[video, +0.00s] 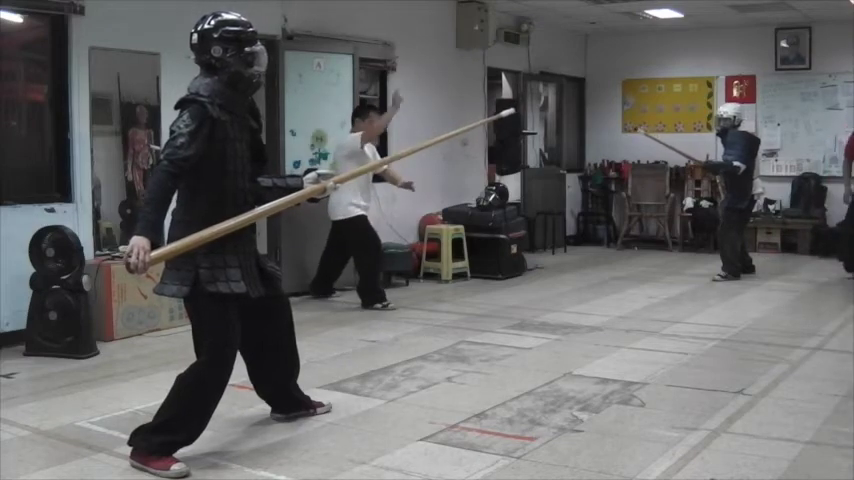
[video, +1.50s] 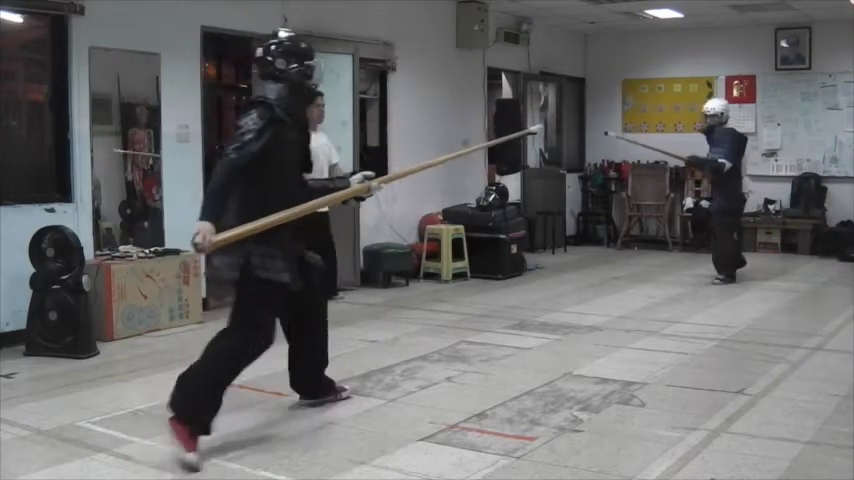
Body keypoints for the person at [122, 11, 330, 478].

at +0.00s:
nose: (254, 56)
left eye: (254, 48)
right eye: (243, 49)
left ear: (243, 53)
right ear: (215, 53)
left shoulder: (240, 106)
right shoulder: (202, 104)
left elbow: (246, 183)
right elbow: (167, 168)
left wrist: (301, 184)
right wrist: (144, 233)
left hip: (237, 244)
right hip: (204, 247)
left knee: (271, 315)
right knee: (217, 355)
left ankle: (286, 399)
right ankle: (152, 446)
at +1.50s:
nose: (311, 79)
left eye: (310, 71)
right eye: (303, 71)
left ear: (288, 75)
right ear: (282, 74)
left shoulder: (292, 120)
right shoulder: (263, 117)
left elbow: (293, 189)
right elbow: (229, 165)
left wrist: (345, 187)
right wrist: (208, 219)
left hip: (288, 241)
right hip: (259, 243)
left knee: (308, 307)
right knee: (251, 332)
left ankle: (311, 382)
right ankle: (187, 410)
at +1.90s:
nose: (360, 68)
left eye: (360, 60)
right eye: (353, 60)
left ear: (337, 63)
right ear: (333, 61)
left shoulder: (336, 110)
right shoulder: (313, 104)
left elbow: (337, 177)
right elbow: (277, 149)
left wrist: (386, 178)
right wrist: (264, 201)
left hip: (316, 226)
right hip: (302, 227)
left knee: (324, 304)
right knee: (348, 301)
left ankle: (318, 385)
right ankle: (328, 389)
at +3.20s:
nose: (415, 94)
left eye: (414, 87)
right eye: (410, 87)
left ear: (388, 89)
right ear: (395, 90)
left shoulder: (393, 132)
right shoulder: (372, 131)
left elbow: (397, 186)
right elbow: (340, 169)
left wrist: (435, 186)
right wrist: (334, 217)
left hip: (373, 235)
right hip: (351, 236)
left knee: (396, 291)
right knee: (366, 315)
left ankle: (415, 352)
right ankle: (317, 387)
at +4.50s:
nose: (426, 98)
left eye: (425, 91)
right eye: (421, 91)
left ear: (398, 91)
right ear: (408, 92)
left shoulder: (400, 132)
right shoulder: (384, 127)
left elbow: (413, 190)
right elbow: (349, 166)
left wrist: (457, 187)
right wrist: (341, 217)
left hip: (375, 234)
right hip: (352, 236)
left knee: (405, 272)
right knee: (368, 317)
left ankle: (397, 358)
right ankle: (317, 386)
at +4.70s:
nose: (427, 99)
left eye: (427, 91)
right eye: (423, 91)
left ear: (400, 90)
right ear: (408, 91)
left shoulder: (403, 131)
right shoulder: (384, 127)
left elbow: (411, 190)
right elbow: (349, 162)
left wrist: (453, 186)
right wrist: (339, 213)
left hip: (377, 231)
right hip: (354, 232)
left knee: (405, 272)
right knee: (363, 310)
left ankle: (397, 356)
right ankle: (316, 385)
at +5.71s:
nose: (423, 92)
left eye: (422, 85)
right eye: (417, 86)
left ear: (401, 87)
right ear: (401, 87)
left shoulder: (403, 124)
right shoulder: (384, 120)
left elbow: (404, 188)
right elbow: (379, 162)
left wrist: (449, 196)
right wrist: (428, 159)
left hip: (396, 225)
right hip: (382, 228)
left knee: (431, 288)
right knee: (429, 295)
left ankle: (450, 345)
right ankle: (391, 370)